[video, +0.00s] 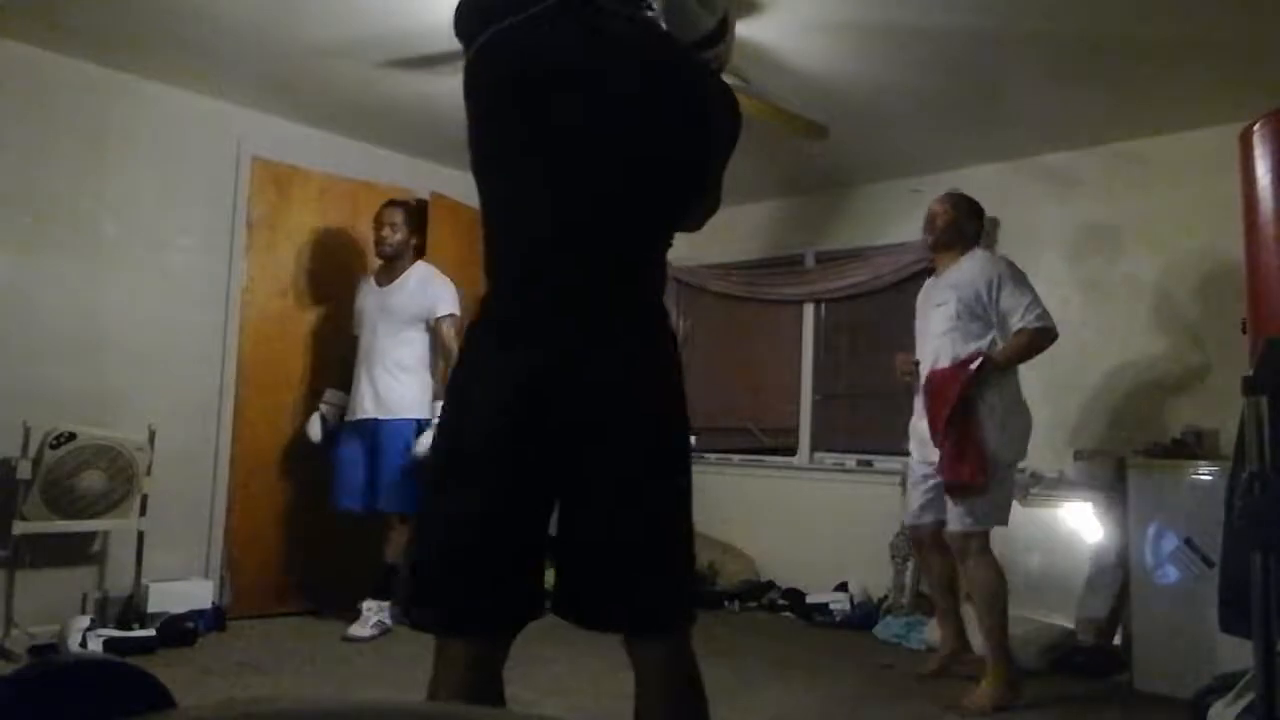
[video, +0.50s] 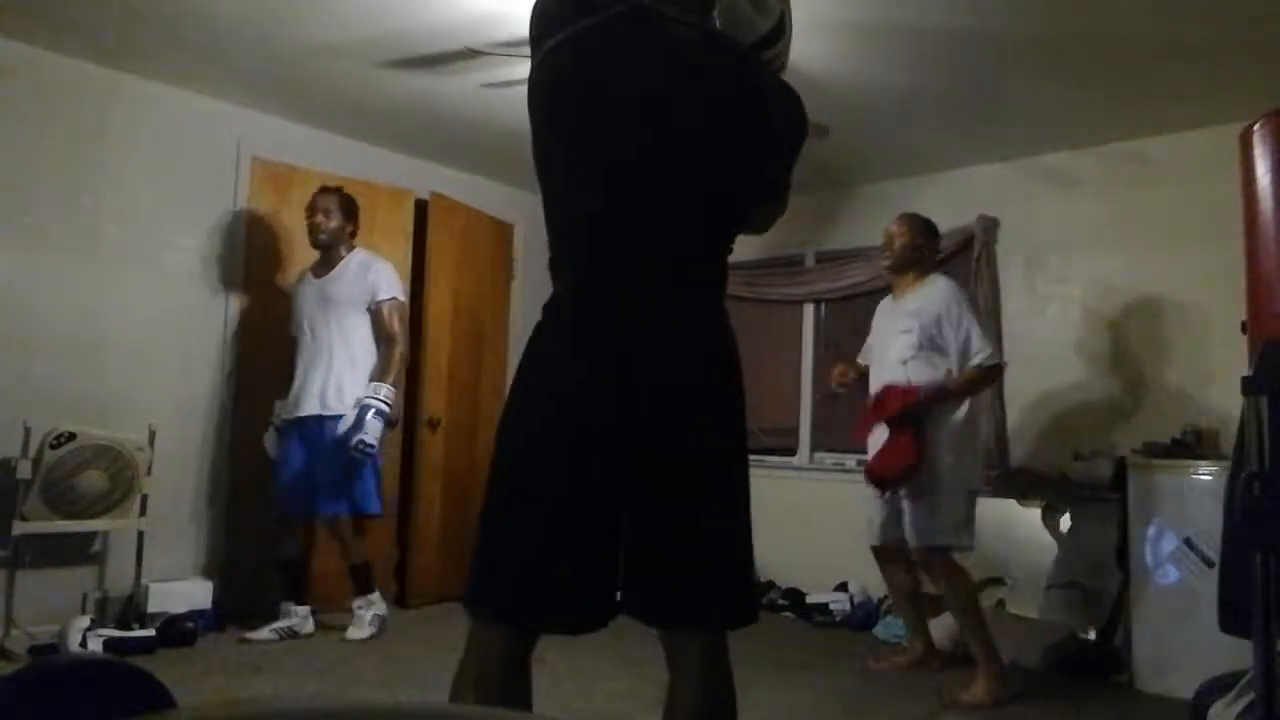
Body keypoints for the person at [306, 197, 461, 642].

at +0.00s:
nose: (384, 234)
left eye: (394, 228)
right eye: (379, 227)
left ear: (413, 236)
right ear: (373, 233)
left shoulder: (432, 284)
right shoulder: (366, 287)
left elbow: (450, 357)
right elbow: (358, 355)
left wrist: (439, 420)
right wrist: (331, 404)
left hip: (406, 416)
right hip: (364, 413)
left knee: (397, 513)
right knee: (379, 512)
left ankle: (382, 604)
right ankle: (397, 598)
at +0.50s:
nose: (316, 221)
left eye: (327, 214)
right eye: (311, 214)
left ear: (348, 223)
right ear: (306, 223)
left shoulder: (374, 272)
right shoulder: (303, 284)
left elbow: (395, 344)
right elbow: (301, 358)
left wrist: (375, 407)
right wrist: (280, 417)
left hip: (347, 414)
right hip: (300, 415)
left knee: (340, 514)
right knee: (294, 514)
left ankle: (368, 604)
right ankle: (295, 610)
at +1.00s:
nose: (283, 206)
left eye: (294, 200)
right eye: (276, 199)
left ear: (310, 212)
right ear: (264, 209)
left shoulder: (336, 268)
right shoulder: (245, 271)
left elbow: (364, 338)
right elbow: (226, 344)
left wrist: (370, 409)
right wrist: (201, 403)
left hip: (306, 407)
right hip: (253, 407)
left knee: (280, 513)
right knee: (268, 512)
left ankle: (247, 625)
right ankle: (292, 607)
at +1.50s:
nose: (264, 184)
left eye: (275, 179)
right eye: (256, 176)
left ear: (292, 193)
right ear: (240, 185)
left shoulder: (312, 251)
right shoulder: (213, 249)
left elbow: (332, 330)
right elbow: (195, 328)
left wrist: (316, 399)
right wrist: (170, 395)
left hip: (278, 408)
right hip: (212, 405)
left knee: (265, 522)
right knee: (200, 510)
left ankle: (242, 628)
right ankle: (209, 612)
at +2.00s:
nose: (225, 164)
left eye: (237, 157)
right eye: (215, 155)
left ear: (254, 172)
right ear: (198, 166)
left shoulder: (282, 238)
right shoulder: (170, 236)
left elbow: (311, 321)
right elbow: (142, 324)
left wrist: (322, 402)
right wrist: (117, 404)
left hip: (245, 401)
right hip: (173, 402)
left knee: (226, 518)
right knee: (177, 525)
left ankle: (229, 615)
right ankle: (181, 642)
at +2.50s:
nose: (255, 147)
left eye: (265, 143)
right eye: (243, 134)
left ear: (270, 158)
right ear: (207, 141)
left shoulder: (283, 230)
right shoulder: (155, 209)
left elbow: (295, 321)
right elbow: (118, 301)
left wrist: (301, 404)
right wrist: (105, 383)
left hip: (247, 403)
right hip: (171, 400)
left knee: (225, 541)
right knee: (175, 536)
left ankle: (200, 674)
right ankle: (186, 645)